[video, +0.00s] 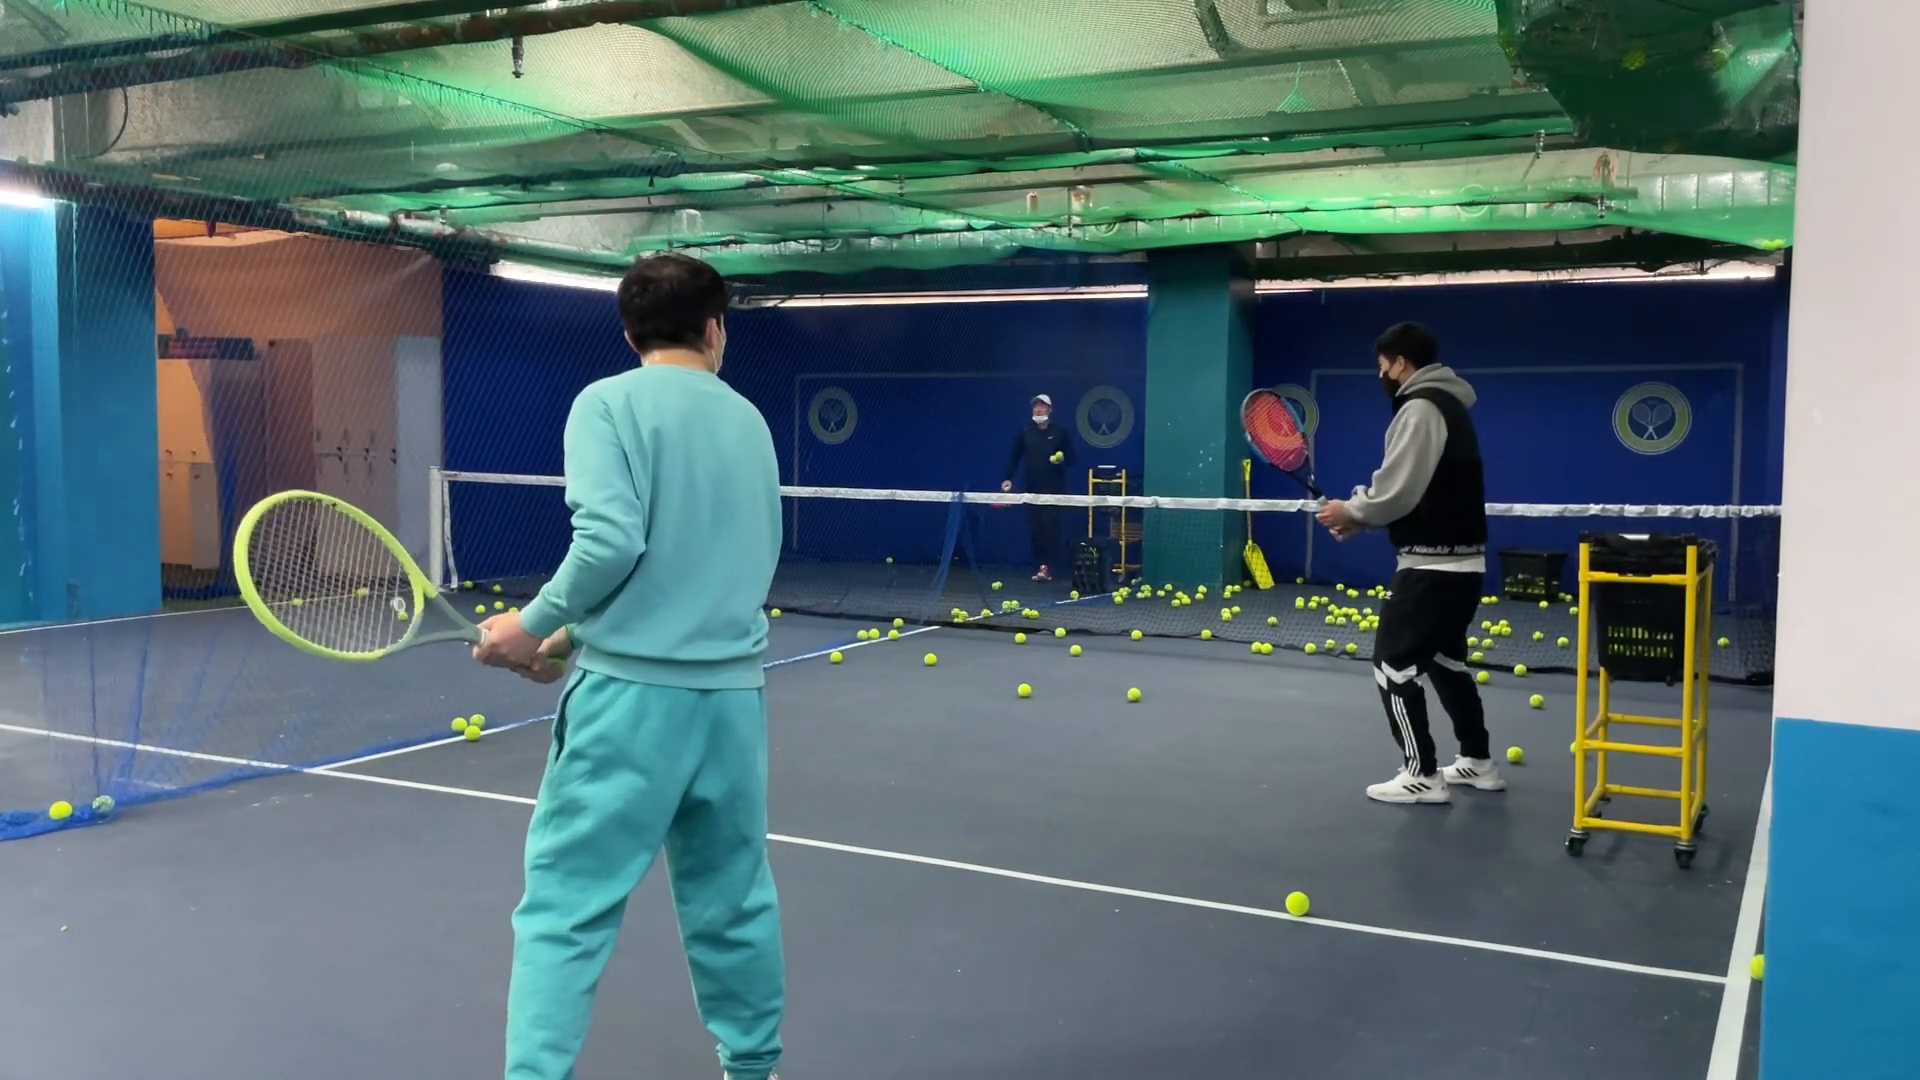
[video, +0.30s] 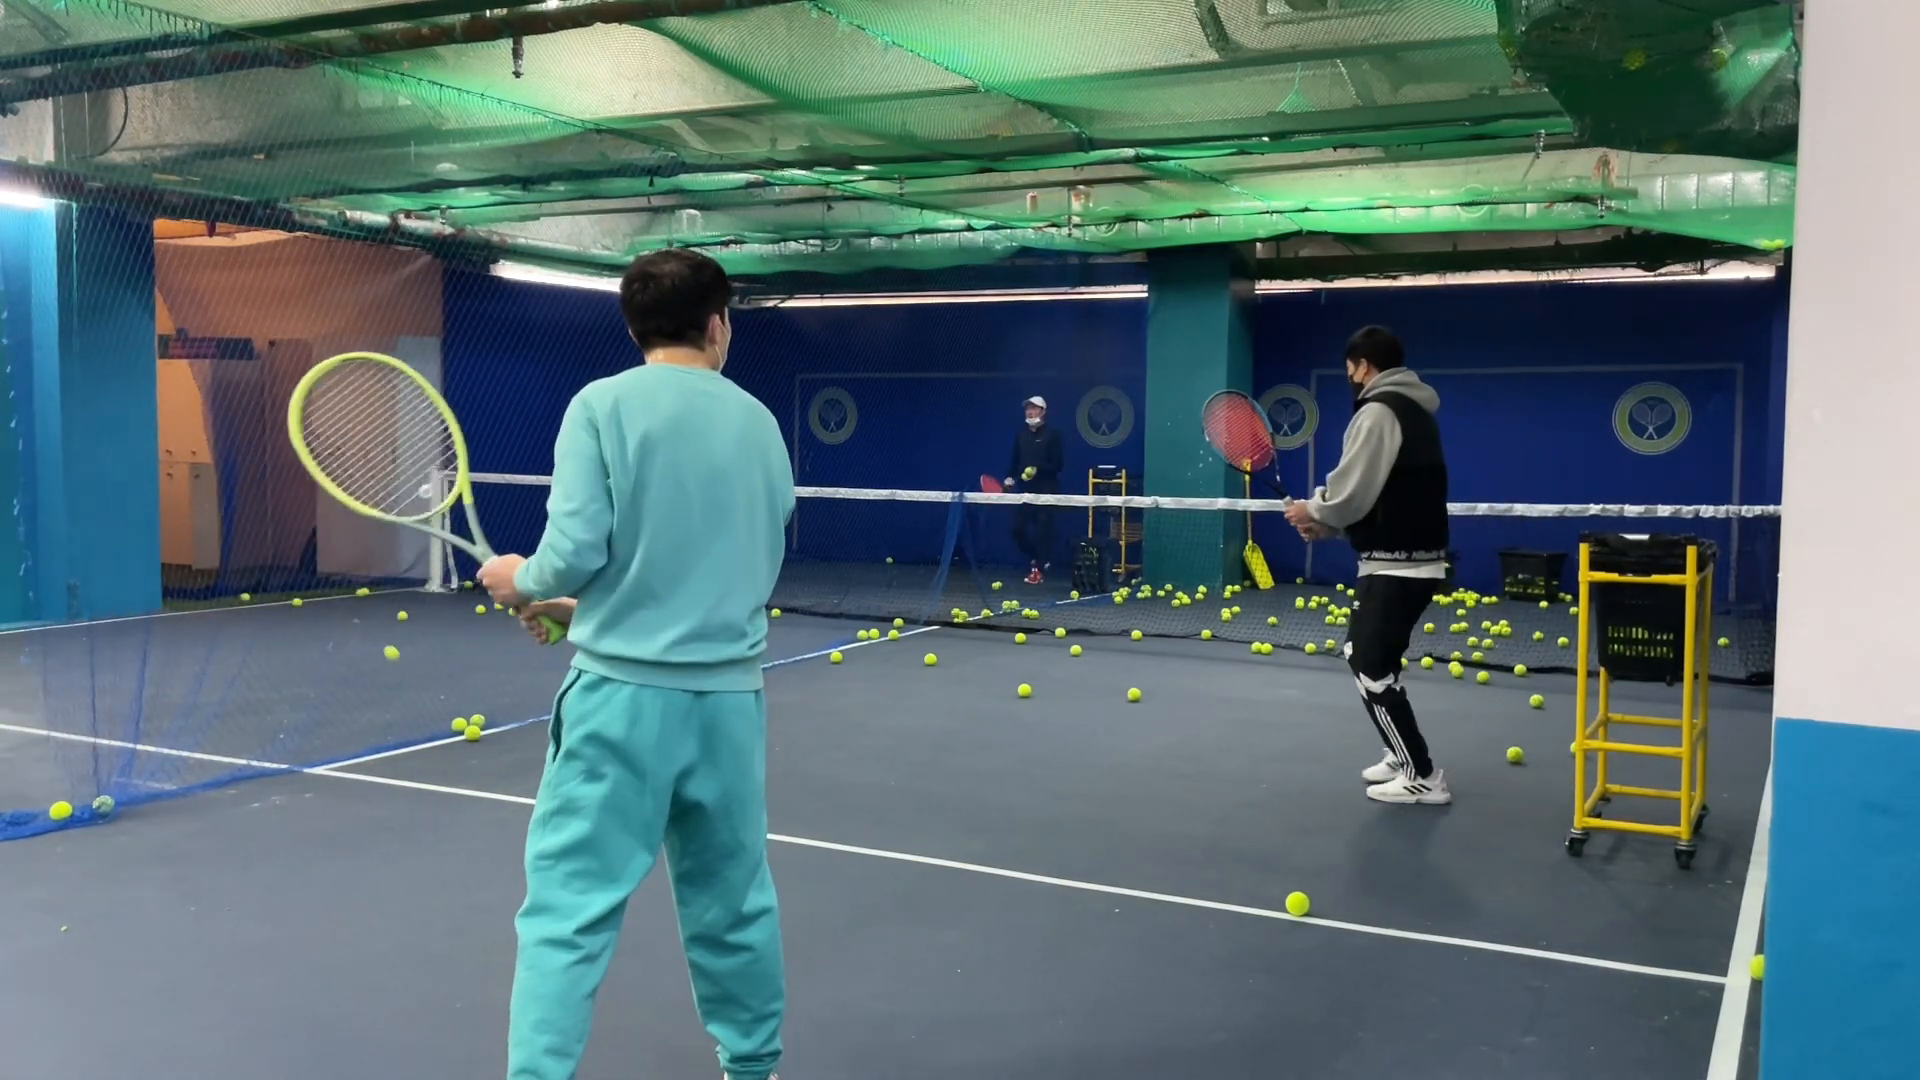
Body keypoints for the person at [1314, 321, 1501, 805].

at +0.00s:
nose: (1383, 374)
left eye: (1384, 365)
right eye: (1382, 365)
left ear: (1402, 362)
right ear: (1423, 360)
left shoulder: (1420, 410)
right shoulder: (1449, 406)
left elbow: (1398, 487)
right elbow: (1419, 491)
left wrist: (1350, 508)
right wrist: (1362, 518)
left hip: (1430, 568)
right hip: (1462, 567)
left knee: (1394, 668)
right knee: (1447, 661)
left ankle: (1421, 775)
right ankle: (1478, 762)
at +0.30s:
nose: (1350, 376)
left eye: (1351, 368)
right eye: (1350, 368)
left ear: (1364, 366)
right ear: (1392, 364)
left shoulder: (1379, 413)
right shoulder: (1412, 409)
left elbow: (1352, 490)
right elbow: (1384, 496)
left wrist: (1312, 508)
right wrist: (1327, 524)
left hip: (1395, 567)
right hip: (1414, 563)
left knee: (1370, 666)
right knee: (1373, 661)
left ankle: (1422, 777)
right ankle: (1406, 757)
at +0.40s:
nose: (1335, 370)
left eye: (1335, 362)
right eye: (1335, 362)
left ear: (1348, 361)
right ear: (1379, 357)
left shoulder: (1360, 406)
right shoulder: (1398, 403)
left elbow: (1334, 482)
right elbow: (1368, 488)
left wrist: (1298, 505)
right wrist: (1313, 518)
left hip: (1382, 561)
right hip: (1396, 557)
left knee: (1371, 666)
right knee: (1353, 657)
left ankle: (1421, 775)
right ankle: (1371, 758)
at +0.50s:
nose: (1319, 371)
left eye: (1319, 363)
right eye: (1319, 363)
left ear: (1331, 361)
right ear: (1364, 358)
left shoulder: (1343, 405)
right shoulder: (1382, 404)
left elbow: (1316, 482)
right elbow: (1355, 491)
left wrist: (1280, 503)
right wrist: (1296, 516)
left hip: (1365, 561)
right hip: (1383, 559)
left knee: (1354, 665)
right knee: (1347, 662)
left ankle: (1413, 763)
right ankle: (1360, 762)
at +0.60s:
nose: (1304, 380)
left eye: (1303, 372)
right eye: (1303, 372)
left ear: (1315, 370)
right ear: (1344, 365)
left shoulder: (1331, 412)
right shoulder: (1364, 409)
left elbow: (1305, 488)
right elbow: (1334, 499)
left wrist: (1261, 505)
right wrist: (1273, 520)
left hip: (1348, 567)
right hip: (1371, 565)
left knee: (1305, 664)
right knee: (1331, 664)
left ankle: (1384, 745)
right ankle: (1354, 763)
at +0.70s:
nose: (1285, 386)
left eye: (1284, 377)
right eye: (1284, 378)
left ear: (1297, 373)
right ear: (1323, 369)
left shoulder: (1318, 415)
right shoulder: (1344, 412)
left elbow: (1291, 488)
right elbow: (1312, 500)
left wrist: (1242, 506)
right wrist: (1254, 520)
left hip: (1332, 566)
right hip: (1354, 565)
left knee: (1271, 654)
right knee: (1318, 662)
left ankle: (1326, 752)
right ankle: (1357, 761)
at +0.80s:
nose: (1264, 382)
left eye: (1263, 373)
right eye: (1262, 374)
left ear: (1276, 370)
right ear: (1301, 364)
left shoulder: (1301, 411)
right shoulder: (1320, 408)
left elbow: (1278, 482)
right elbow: (1293, 494)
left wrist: (1226, 501)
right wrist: (1236, 518)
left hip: (1314, 563)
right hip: (1336, 562)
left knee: (1251, 653)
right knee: (1314, 662)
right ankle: (1358, 765)